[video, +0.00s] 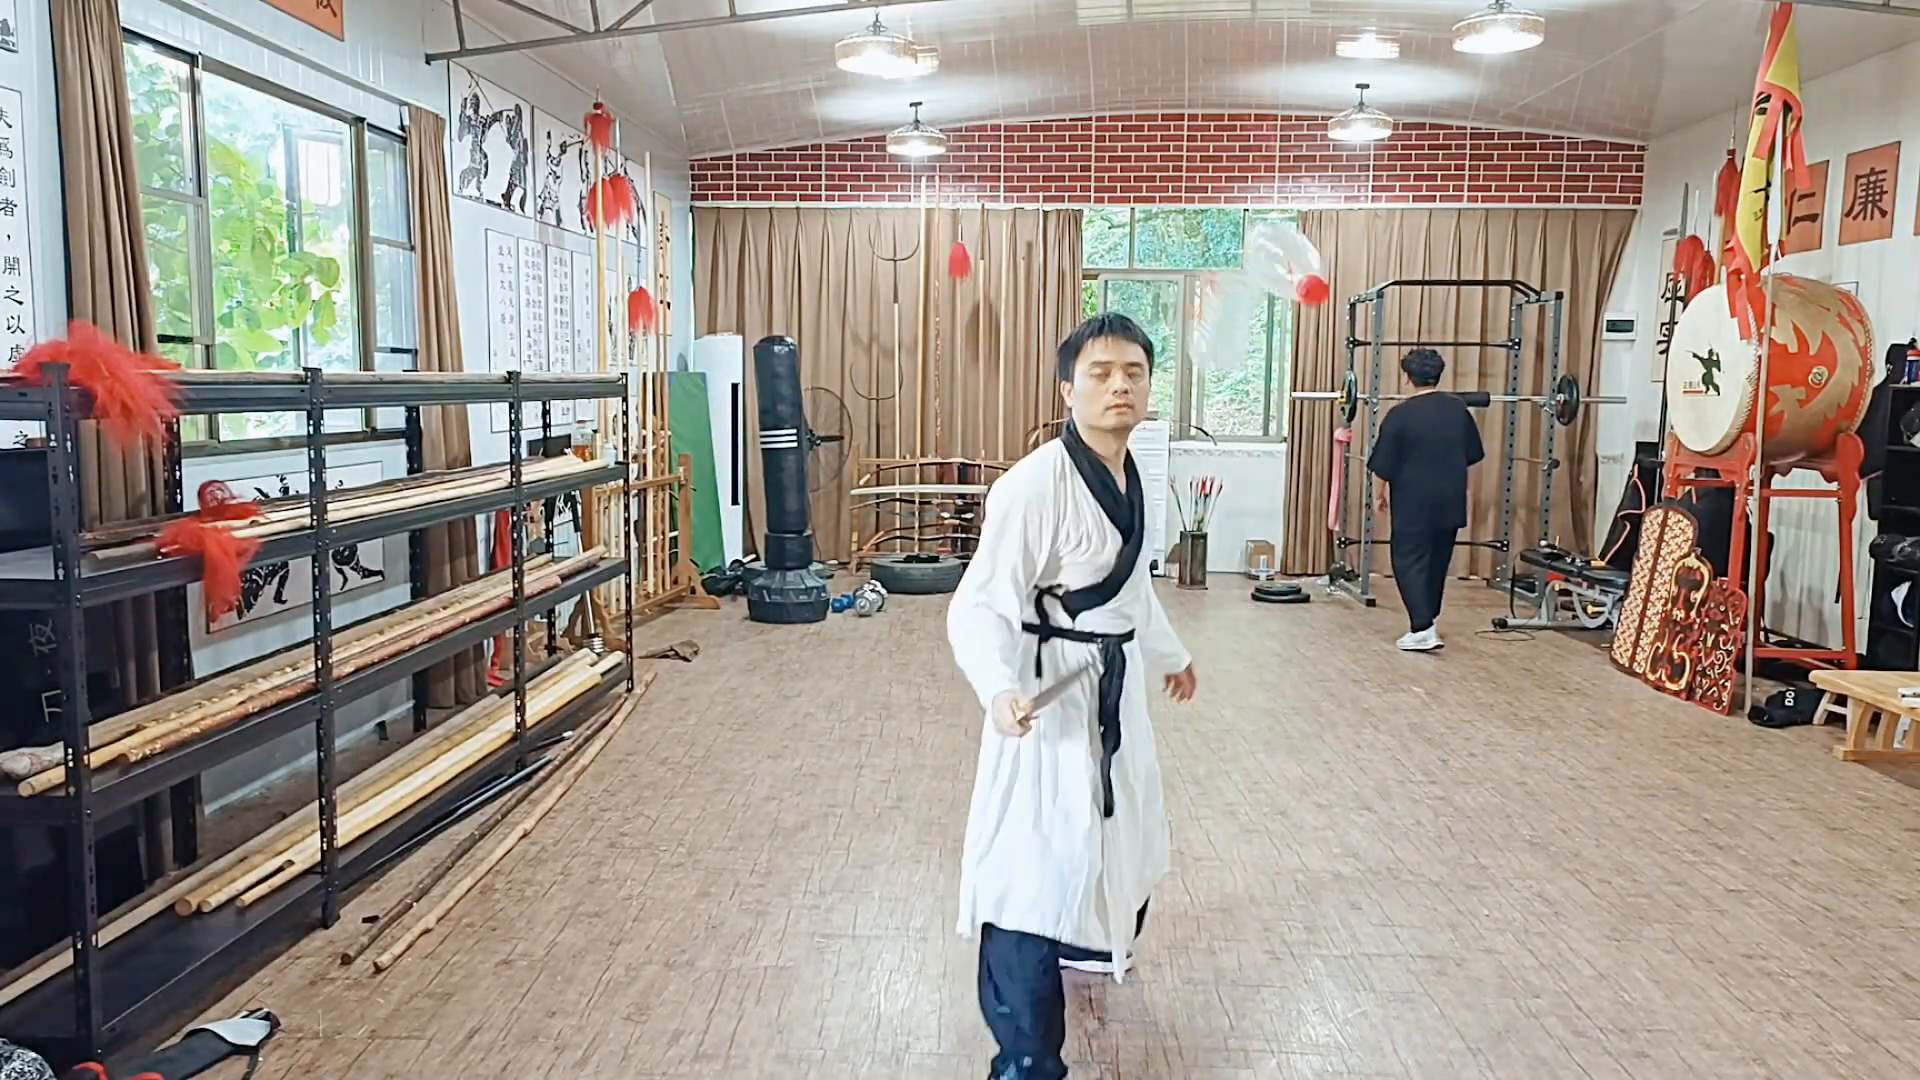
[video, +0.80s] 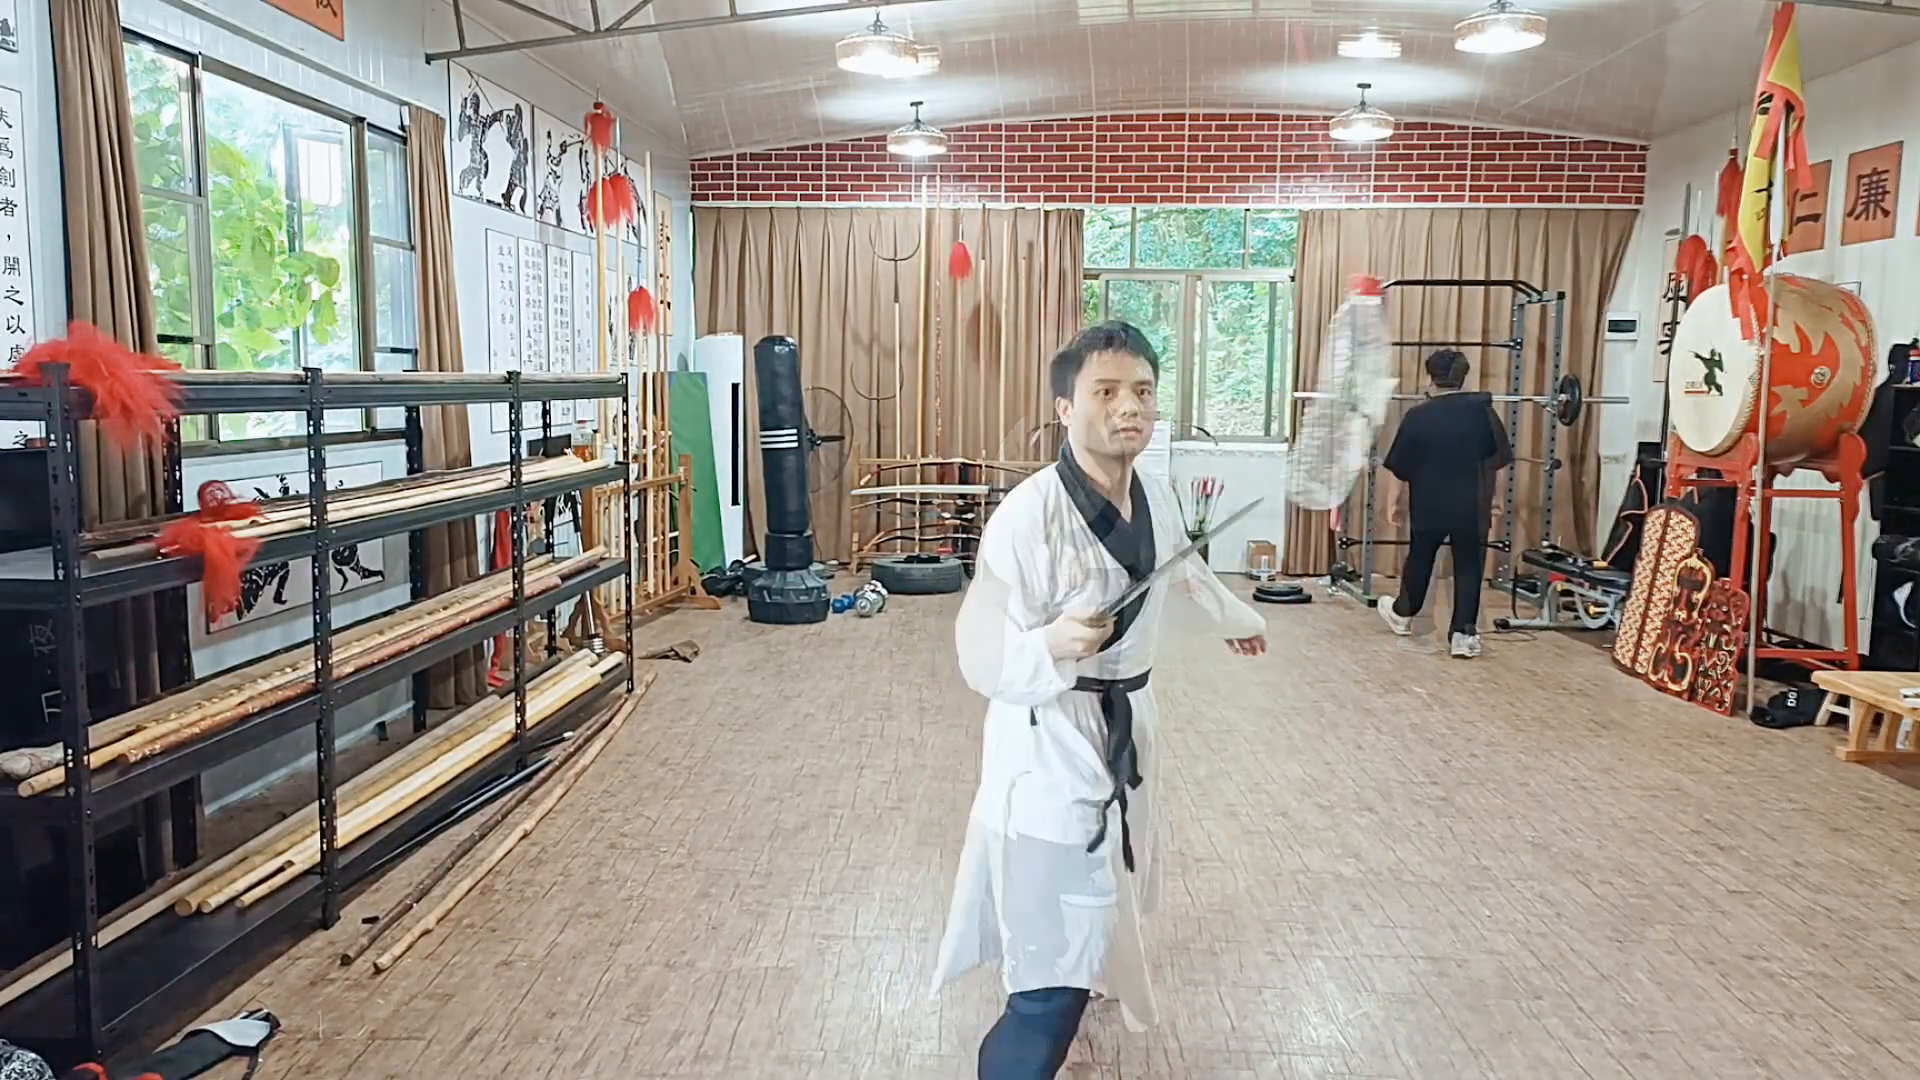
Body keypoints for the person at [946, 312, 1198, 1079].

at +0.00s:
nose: (1119, 386)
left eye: (1133, 372)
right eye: (1100, 372)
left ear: (1149, 388)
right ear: (1067, 387)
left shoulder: (1136, 471)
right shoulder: (1032, 486)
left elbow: (1131, 578)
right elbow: (979, 606)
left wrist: (1168, 650)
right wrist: (1003, 684)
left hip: (1118, 682)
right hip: (1048, 688)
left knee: (1127, 827)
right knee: (1032, 863)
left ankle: (1083, 945)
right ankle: (1027, 1061)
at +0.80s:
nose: (1131, 408)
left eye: (1142, 391)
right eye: (1108, 392)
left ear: (1155, 403)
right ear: (1064, 409)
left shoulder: (1147, 487)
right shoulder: (1029, 514)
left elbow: (1180, 567)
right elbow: (982, 653)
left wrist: (1233, 617)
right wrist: (1048, 644)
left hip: (1125, 718)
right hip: (1048, 733)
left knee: (1101, 890)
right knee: (1057, 966)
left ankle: (1059, 1028)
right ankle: (1014, 1061)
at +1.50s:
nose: (1185, 404)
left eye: (1198, 388)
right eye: (1164, 388)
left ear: (1213, 399)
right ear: (1126, 401)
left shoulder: (1183, 489)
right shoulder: (1091, 496)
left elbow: (1162, 587)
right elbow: (1034, 619)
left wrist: (1181, 650)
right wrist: (1075, 671)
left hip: (1155, 707)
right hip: (1087, 721)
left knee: (1180, 858)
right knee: (1072, 896)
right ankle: (1038, 1057)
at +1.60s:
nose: (1177, 393)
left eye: (1193, 378)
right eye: (1158, 377)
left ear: (1209, 391)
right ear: (1126, 388)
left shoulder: (1197, 475)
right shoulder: (1088, 480)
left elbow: (1197, 573)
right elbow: (1024, 589)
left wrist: (1233, 643)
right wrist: (1049, 644)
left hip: (1160, 680)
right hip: (1089, 687)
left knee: (1196, 828)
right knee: (1090, 859)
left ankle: (1144, 954)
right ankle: (1043, 1056)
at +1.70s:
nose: (1162, 386)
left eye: (1180, 371)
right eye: (1145, 369)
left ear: (1202, 384)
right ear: (1120, 377)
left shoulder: (1204, 464)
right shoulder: (1083, 469)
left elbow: (1228, 568)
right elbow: (1025, 576)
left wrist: (1268, 639)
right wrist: (1038, 633)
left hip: (1169, 674)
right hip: (1091, 675)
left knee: (1183, 822)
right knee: (1090, 861)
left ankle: (1143, 962)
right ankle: (1043, 1059)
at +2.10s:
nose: (1106, 408)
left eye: (1123, 390)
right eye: (1088, 393)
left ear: (1151, 400)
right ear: (1066, 405)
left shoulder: (1171, 484)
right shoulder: (1037, 492)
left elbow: (1226, 569)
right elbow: (975, 570)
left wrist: (1288, 639)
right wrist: (959, 610)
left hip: (1146, 689)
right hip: (1056, 691)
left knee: (1161, 830)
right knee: (1044, 882)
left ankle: (1138, 960)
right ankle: (988, 1065)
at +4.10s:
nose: (1130, 414)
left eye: (1141, 398)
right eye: (1107, 398)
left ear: (1152, 416)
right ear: (1059, 415)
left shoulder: (1100, 507)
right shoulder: (1017, 516)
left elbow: (1111, 613)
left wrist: (1171, 668)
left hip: (1072, 734)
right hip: (1006, 745)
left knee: (1080, 868)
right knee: (1008, 941)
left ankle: (1084, 983)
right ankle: (1006, 1056)